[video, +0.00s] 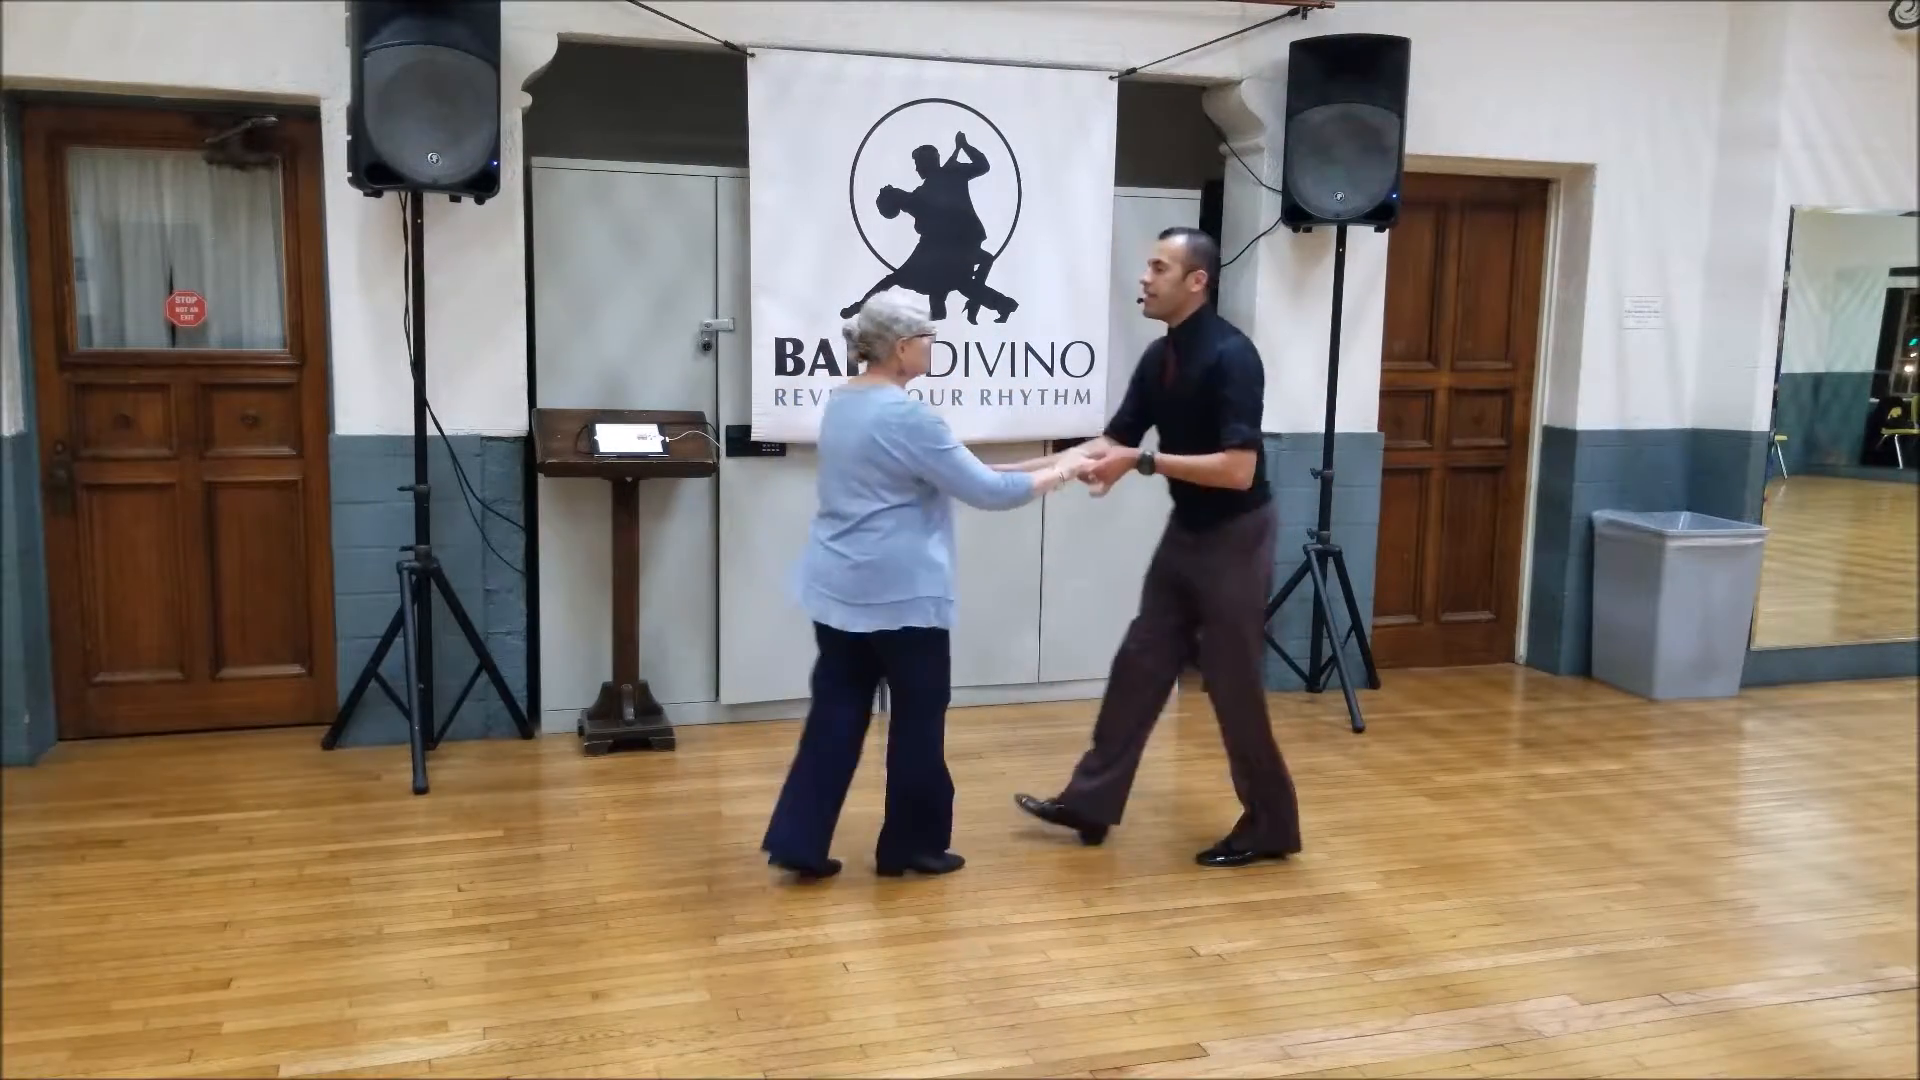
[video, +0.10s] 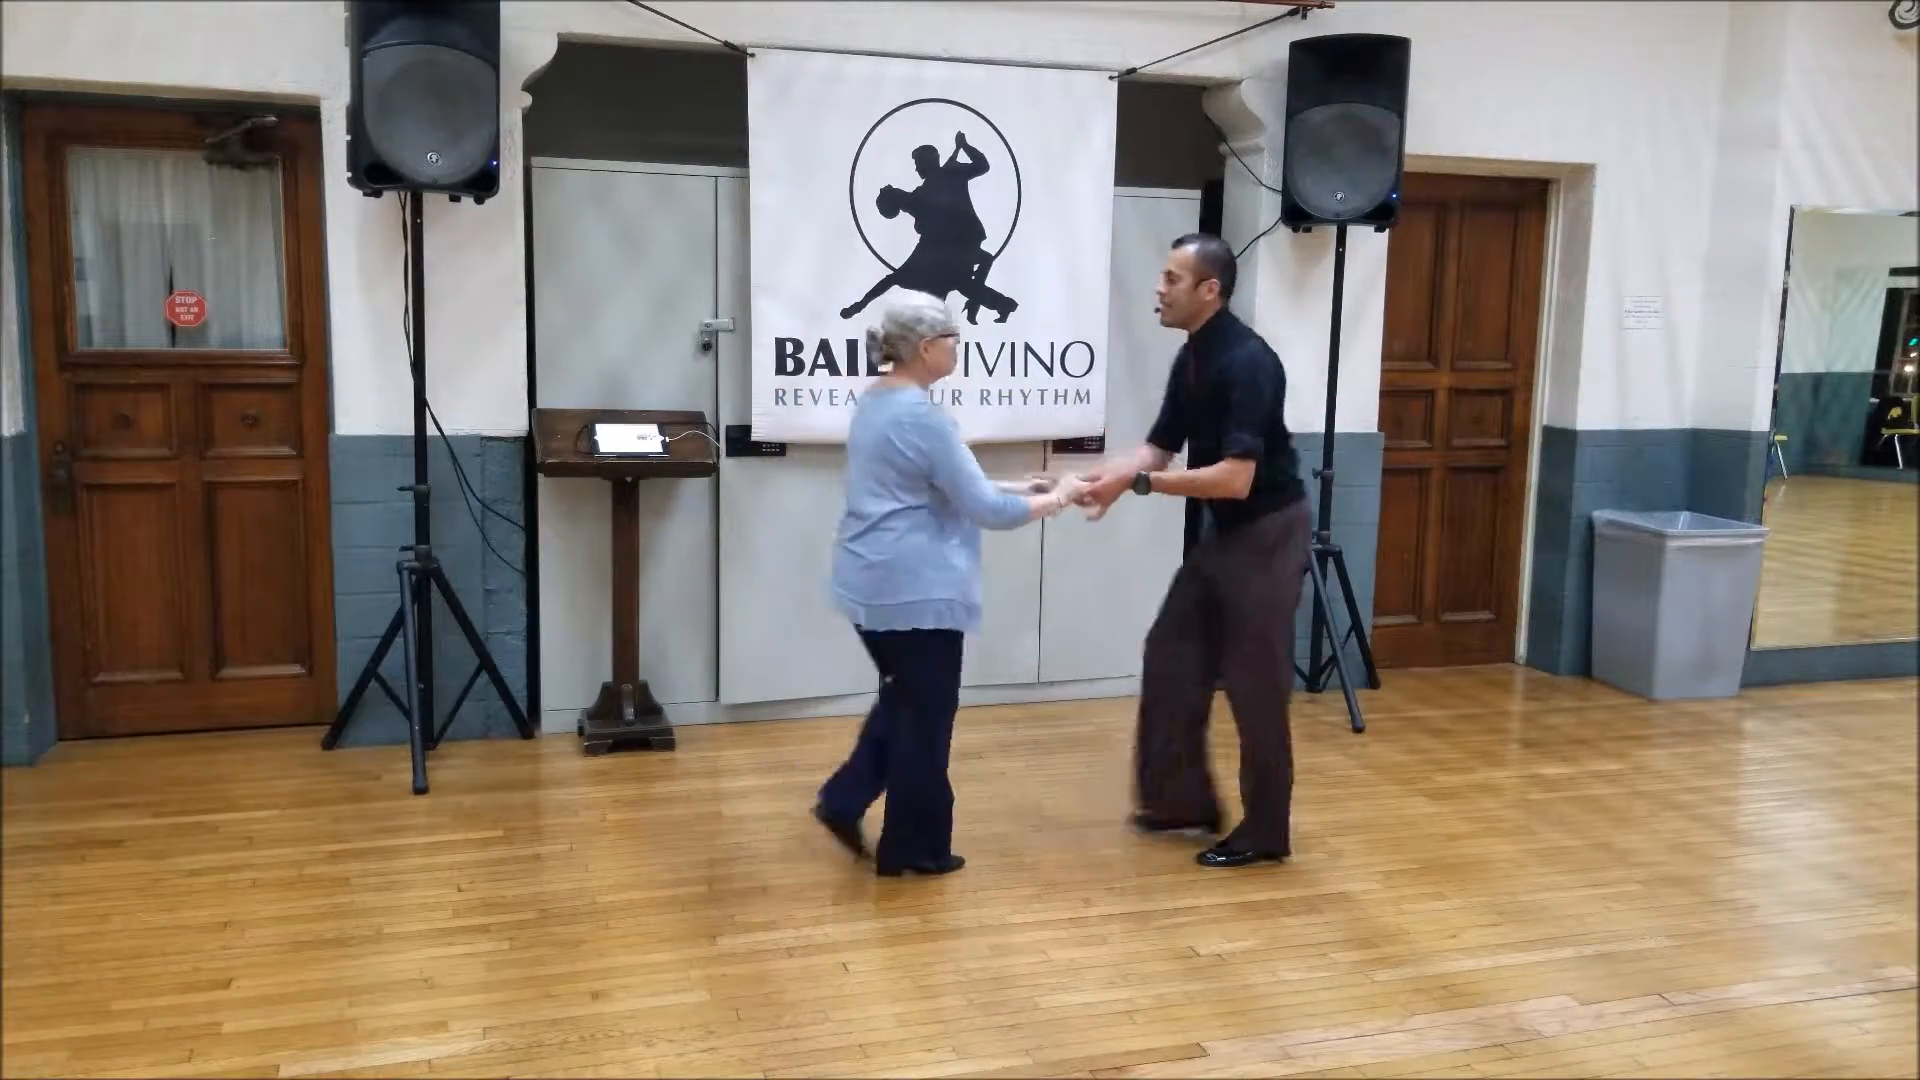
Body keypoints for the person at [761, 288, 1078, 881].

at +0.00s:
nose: (932, 350)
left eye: (930, 340)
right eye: (926, 341)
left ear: (879, 347)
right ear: (900, 349)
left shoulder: (839, 405)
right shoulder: (909, 419)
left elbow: (954, 471)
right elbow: (986, 490)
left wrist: (1043, 466)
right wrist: (1059, 473)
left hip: (838, 590)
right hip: (905, 595)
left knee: (835, 716)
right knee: (919, 723)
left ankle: (797, 844)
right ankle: (910, 846)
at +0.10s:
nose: (956, 352)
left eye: (955, 341)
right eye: (950, 342)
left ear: (909, 347)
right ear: (921, 347)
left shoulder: (873, 406)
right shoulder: (923, 418)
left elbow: (947, 487)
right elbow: (983, 505)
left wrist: (1021, 488)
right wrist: (1051, 503)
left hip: (872, 583)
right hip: (920, 589)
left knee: (903, 699)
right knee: (926, 719)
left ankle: (842, 801)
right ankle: (915, 846)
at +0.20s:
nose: (970, 349)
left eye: (968, 339)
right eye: (962, 340)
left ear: (929, 347)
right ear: (933, 347)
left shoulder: (900, 407)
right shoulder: (923, 415)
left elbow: (973, 481)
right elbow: (974, 510)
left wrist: (1041, 482)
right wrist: (1050, 504)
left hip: (900, 572)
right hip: (922, 578)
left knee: (945, 689)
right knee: (938, 699)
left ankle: (886, 795)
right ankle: (914, 846)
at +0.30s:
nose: (991, 344)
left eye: (989, 334)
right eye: (983, 335)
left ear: (953, 344)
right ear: (953, 343)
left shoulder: (949, 406)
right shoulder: (924, 409)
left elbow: (1000, 464)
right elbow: (968, 510)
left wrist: (1085, 460)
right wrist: (1047, 505)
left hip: (956, 581)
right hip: (920, 582)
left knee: (978, 691)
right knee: (931, 706)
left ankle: (972, 820)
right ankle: (904, 845)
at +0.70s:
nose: (1043, 350)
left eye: (1041, 341)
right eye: (1035, 342)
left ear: (1004, 353)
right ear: (1007, 352)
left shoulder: (1008, 416)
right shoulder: (975, 421)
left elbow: (1054, 489)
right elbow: (1035, 510)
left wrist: (1110, 477)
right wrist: (1100, 481)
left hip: (1020, 588)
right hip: (983, 590)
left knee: (1039, 703)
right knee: (1026, 707)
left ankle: (1019, 832)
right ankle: (944, 820)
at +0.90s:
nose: (1037, 352)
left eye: (1034, 344)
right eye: (1035, 345)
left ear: (974, 346)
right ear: (1025, 351)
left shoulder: (940, 409)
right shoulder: (1026, 418)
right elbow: (1122, 454)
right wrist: (1117, 387)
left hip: (946, 590)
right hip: (1011, 596)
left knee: (986, 721)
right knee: (1019, 724)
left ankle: (1013, 829)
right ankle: (987, 871)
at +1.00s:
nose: (1024, 350)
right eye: (1025, 342)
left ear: (966, 341)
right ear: (1022, 346)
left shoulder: (927, 406)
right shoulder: (1039, 413)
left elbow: (909, 479)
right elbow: (1121, 412)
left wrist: (965, 467)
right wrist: (1096, 344)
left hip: (932, 595)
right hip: (1015, 599)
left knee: (954, 724)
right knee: (1004, 727)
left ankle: (974, 859)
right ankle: (985, 872)